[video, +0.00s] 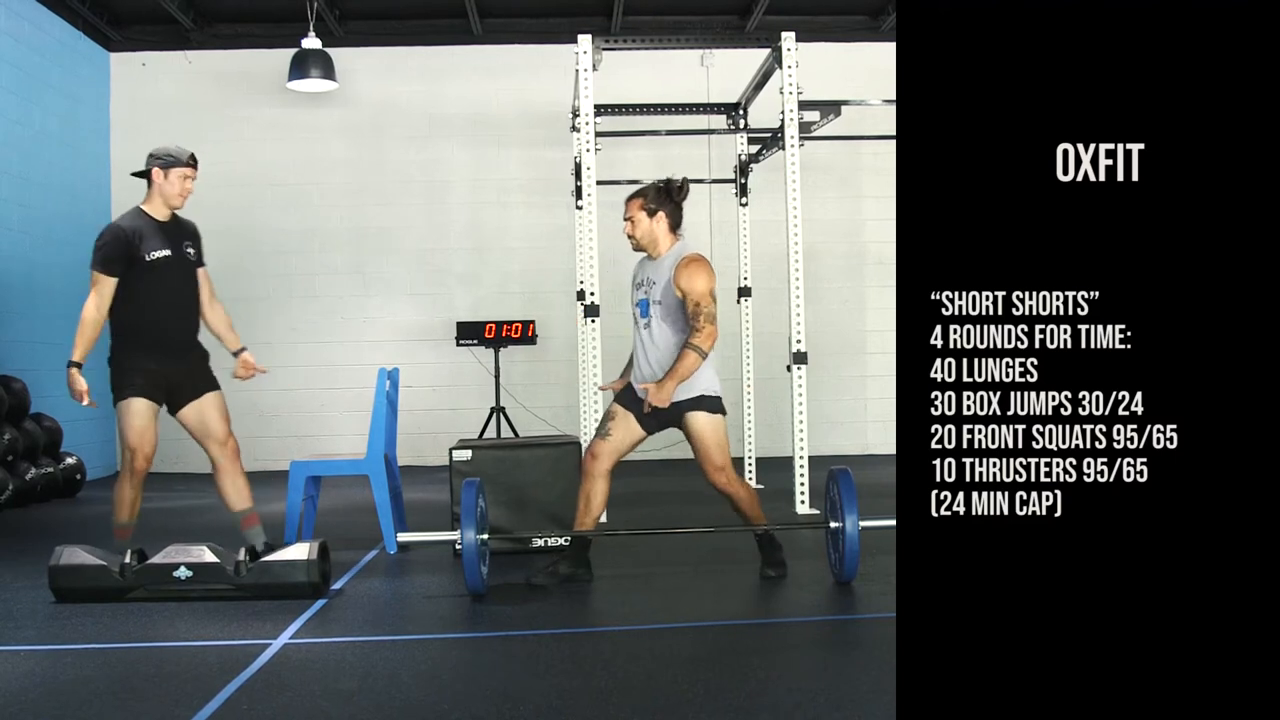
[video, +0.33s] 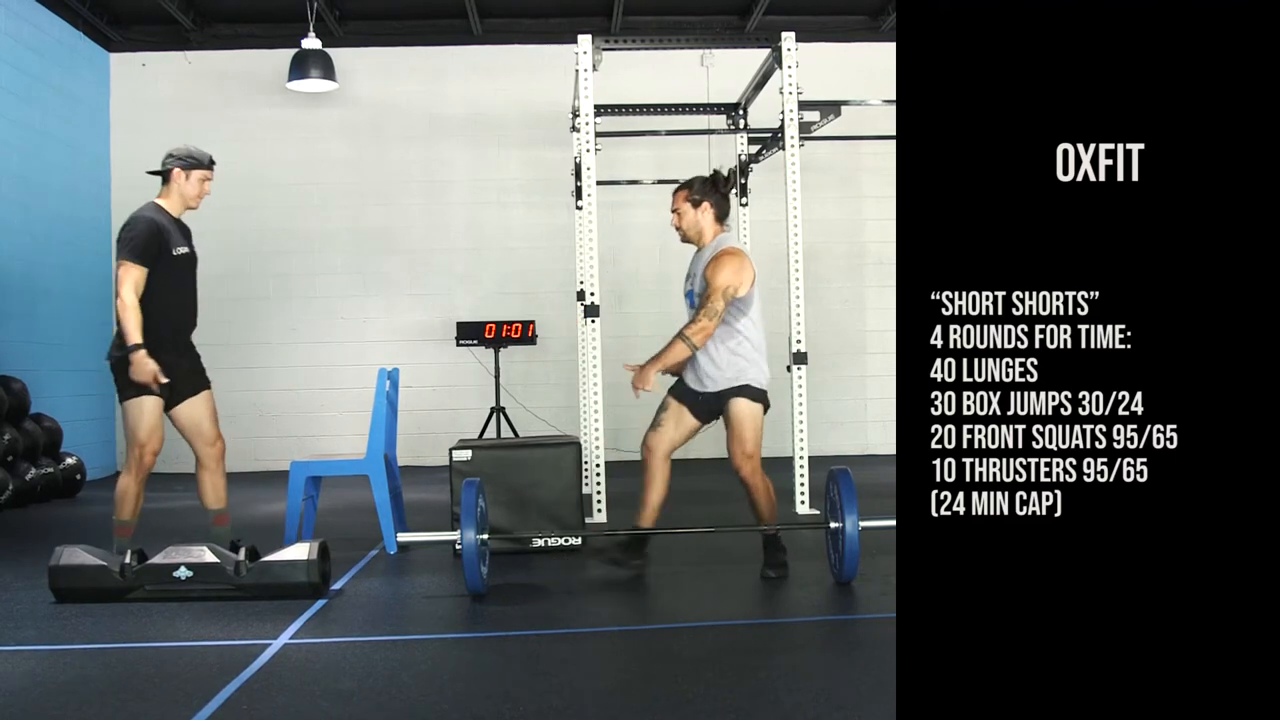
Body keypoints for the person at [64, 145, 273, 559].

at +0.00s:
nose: (189, 189)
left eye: (192, 181)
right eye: (183, 179)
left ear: (188, 184)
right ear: (157, 176)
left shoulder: (187, 233)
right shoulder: (121, 234)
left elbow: (207, 302)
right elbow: (98, 303)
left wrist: (238, 350)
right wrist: (75, 364)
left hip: (186, 359)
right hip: (136, 362)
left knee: (225, 445)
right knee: (139, 460)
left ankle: (259, 547)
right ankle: (124, 555)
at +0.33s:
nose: (207, 190)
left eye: (209, 182)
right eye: (203, 181)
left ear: (184, 179)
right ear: (177, 176)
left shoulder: (179, 229)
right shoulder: (144, 225)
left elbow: (170, 296)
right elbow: (126, 293)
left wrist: (179, 347)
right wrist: (137, 352)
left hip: (179, 351)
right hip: (141, 352)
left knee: (212, 447)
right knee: (144, 453)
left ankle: (223, 547)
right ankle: (122, 554)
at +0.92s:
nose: (259, 272)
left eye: (261, 264)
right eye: (255, 262)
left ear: (236, 259)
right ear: (231, 256)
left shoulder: (213, 300)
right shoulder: (201, 296)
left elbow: (191, 369)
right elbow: (188, 369)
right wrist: (248, 385)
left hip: (184, 415)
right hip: (150, 418)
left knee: (261, 451)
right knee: (127, 523)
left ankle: (231, 551)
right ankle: (16, 541)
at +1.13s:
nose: (260, 315)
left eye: (262, 307)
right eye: (256, 306)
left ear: (229, 304)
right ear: (232, 302)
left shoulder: (197, 334)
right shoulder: (206, 340)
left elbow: (147, 386)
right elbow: (208, 416)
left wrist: (126, 434)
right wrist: (263, 406)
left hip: (182, 449)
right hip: (149, 457)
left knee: (266, 456)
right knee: (128, 563)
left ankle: (232, 548)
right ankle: (16, 541)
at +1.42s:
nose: (259, 291)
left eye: (260, 284)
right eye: (255, 283)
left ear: (233, 280)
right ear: (232, 281)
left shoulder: (213, 321)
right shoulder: (207, 320)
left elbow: (208, 393)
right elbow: (214, 396)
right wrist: (267, 380)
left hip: (186, 433)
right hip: (152, 438)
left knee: (265, 455)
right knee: (119, 542)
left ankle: (234, 549)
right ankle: (12, 543)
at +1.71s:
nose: (266, 194)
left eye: (267, 186)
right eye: (261, 186)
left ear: (239, 187)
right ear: (236, 185)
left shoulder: (230, 236)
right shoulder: (211, 231)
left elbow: (215, 307)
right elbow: (199, 301)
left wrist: (240, 355)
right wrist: (234, 359)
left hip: (206, 358)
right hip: (177, 356)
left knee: (238, 448)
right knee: (162, 458)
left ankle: (230, 551)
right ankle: (69, 525)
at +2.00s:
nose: (265, 183)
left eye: (266, 175)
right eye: (259, 174)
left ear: (244, 175)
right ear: (233, 172)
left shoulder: (244, 224)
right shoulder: (203, 223)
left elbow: (263, 284)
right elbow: (173, 288)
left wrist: (308, 323)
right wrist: (174, 353)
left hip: (224, 349)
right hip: (195, 351)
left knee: (236, 445)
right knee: (213, 449)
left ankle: (230, 545)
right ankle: (211, 552)